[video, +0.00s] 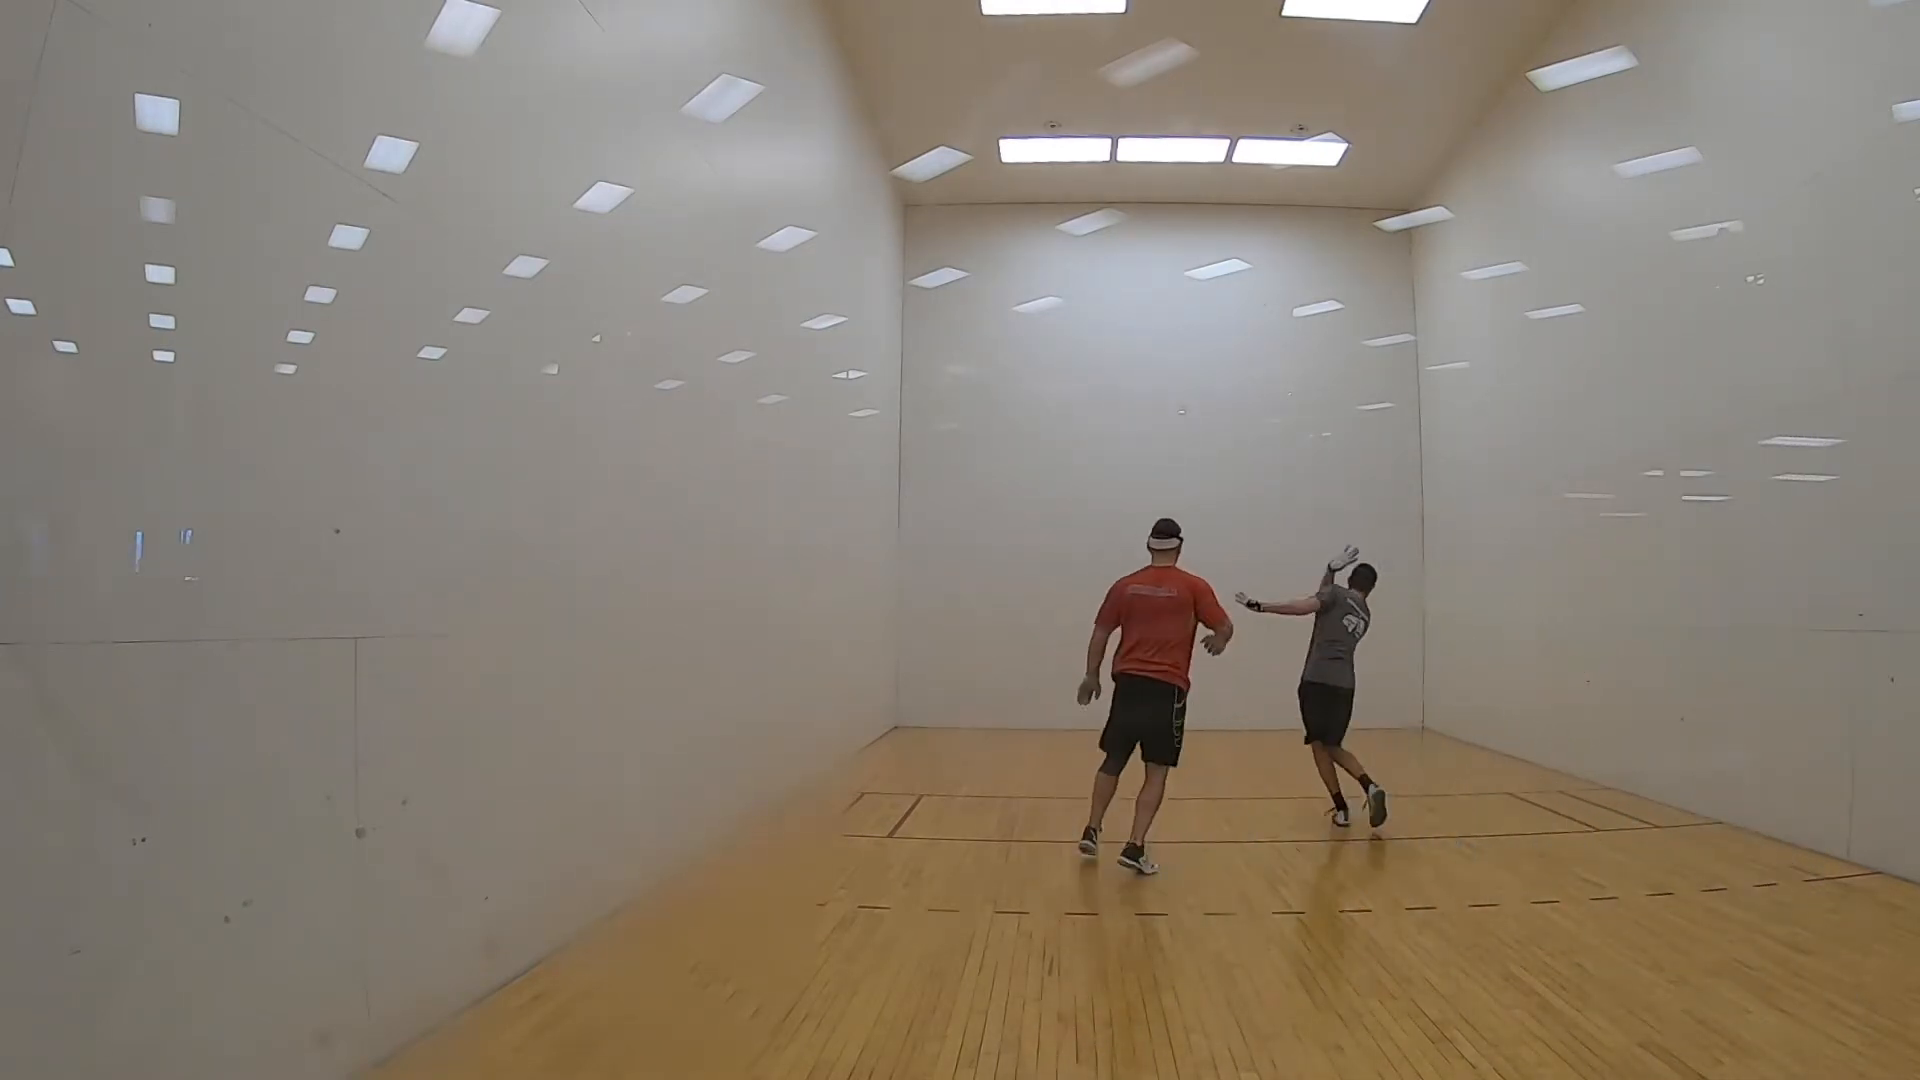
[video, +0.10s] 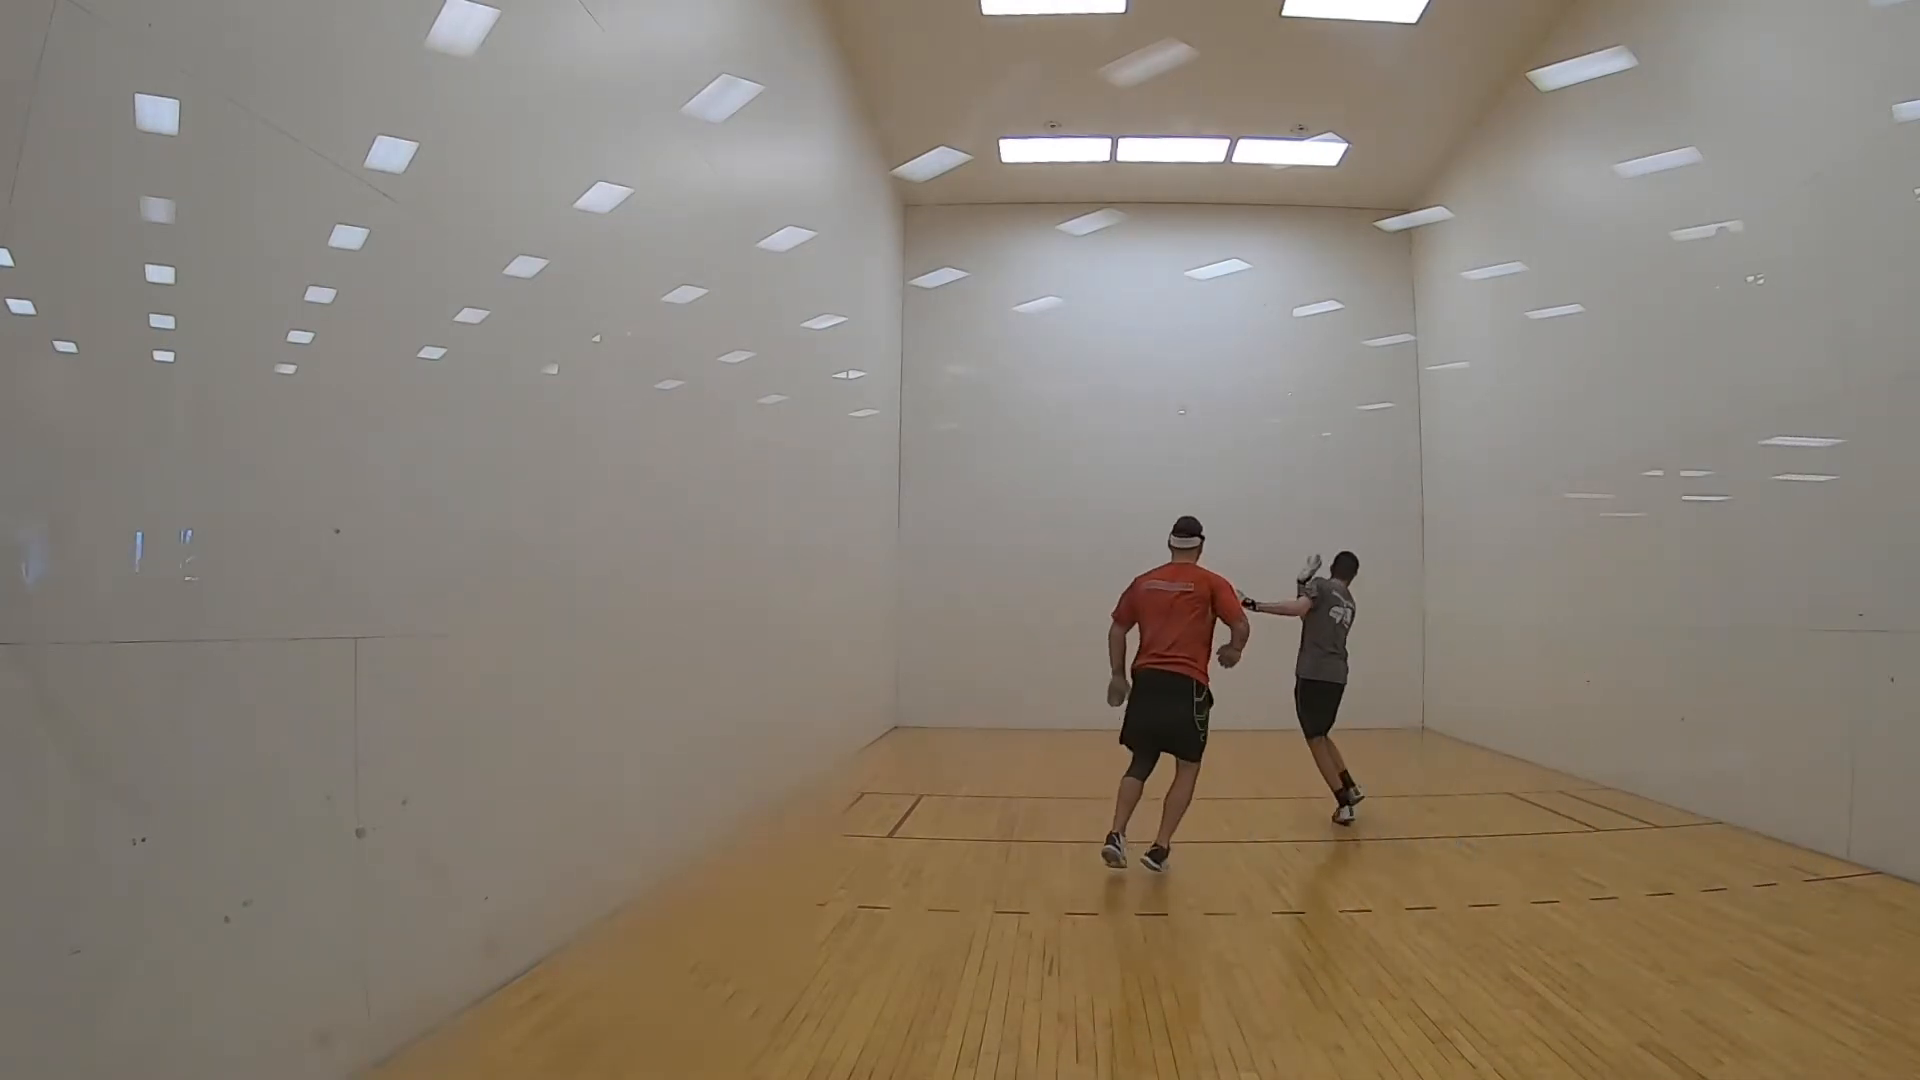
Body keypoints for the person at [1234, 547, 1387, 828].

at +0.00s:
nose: (1354, 581)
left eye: (1353, 576)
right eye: (1364, 583)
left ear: (1350, 578)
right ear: (1370, 588)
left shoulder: (1335, 593)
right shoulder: (1364, 614)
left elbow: (1302, 607)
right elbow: (1326, 602)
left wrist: (1259, 606)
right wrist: (1330, 571)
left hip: (1316, 681)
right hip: (1344, 686)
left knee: (1318, 745)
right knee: (1333, 745)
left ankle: (1341, 809)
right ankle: (1370, 787)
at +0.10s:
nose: (1344, 575)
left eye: (1338, 567)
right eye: (1352, 573)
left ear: (1332, 567)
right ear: (1353, 575)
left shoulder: (1321, 585)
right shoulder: (1349, 602)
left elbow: (1299, 608)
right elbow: (1312, 621)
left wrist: (1254, 605)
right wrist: (1302, 587)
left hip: (1312, 675)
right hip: (1336, 678)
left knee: (1314, 738)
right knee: (1321, 735)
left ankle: (1343, 803)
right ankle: (1349, 787)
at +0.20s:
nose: (1323, 569)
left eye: (1319, 563)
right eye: (1333, 568)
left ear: (1313, 562)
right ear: (1335, 570)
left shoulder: (1303, 583)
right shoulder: (1334, 598)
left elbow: (1291, 617)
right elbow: (1306, 637)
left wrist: (1256, 624)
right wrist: (1281, 618)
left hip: (1305, 674)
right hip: (1326, 675)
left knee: (1309, 740)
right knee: (1304, 732)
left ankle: (1344, 799)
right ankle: (1307, 787)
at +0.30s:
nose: (1309, 574)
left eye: (1303, 568)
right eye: (1316, 572)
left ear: (1298, 568)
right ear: (1321, 573)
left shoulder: (1289, 589)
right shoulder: (1323, 605)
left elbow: (1281, 626)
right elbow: (1318, 643)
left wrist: (1266, 653)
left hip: (1292, 677)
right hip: (1313, 679)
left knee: (1292, 744)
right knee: (1285, 736)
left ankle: (1339, 792)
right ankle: (1271, 791)